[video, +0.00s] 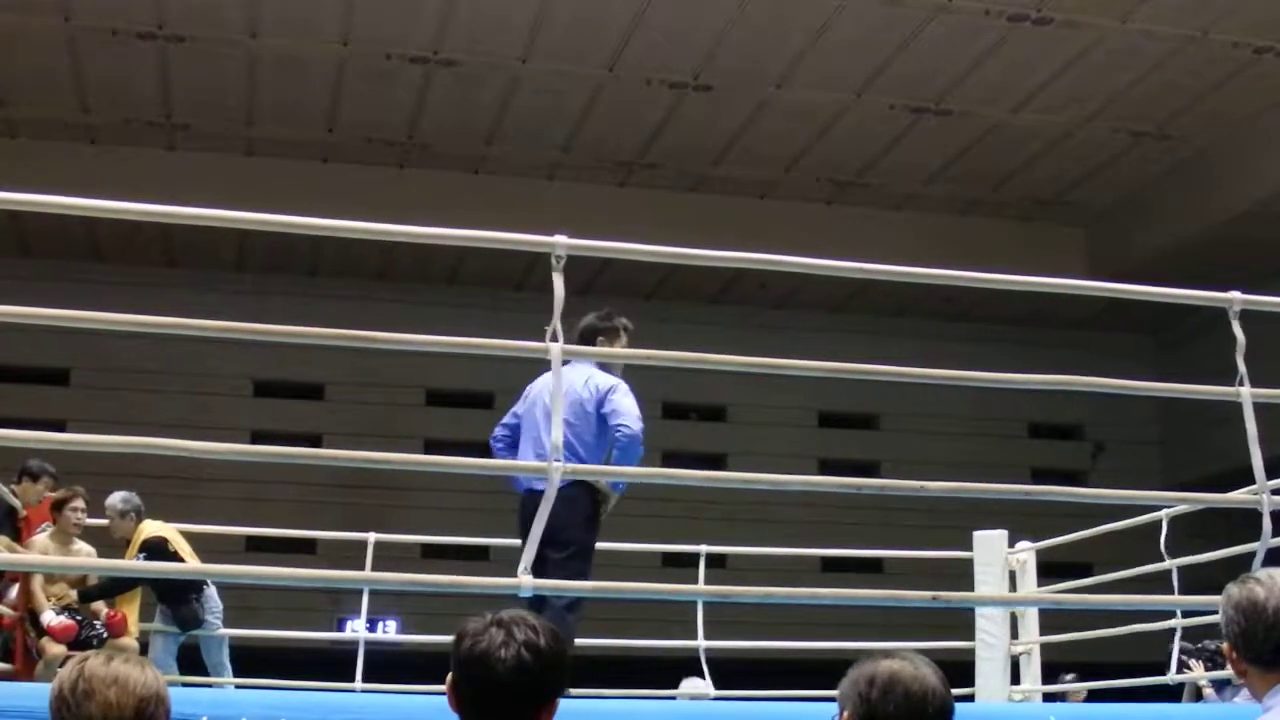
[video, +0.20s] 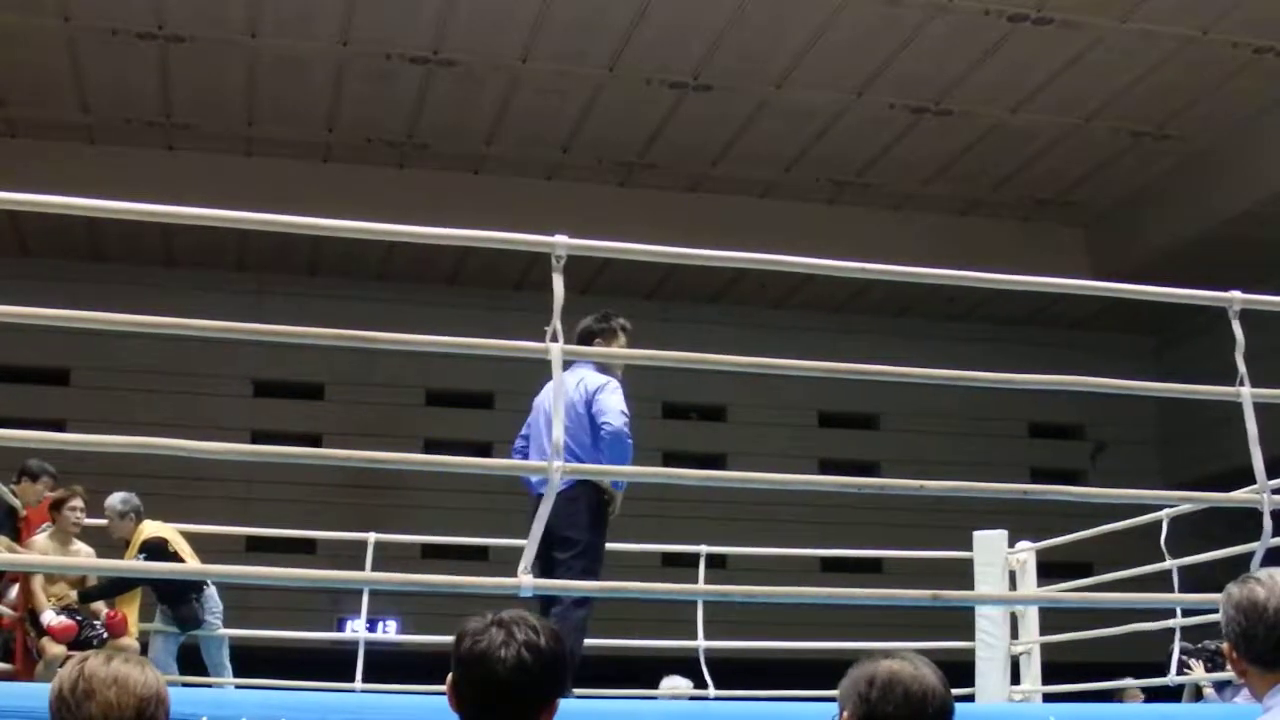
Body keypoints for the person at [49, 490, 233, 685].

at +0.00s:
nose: (108, 524)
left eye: (111, 519)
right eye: (107, 519)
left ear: (131, 519)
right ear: (130, 519)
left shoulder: (155, 541)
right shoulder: (140, 537)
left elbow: (126, 582)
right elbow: (125, 580)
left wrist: (79, 596)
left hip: (201, 600)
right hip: (170, 603)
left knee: (218, 666)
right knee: (160, 661)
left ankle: (231, 714)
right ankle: (174, 711)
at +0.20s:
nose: (107, 524)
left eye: (111, 519)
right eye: (107, 519)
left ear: (131, 520)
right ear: (130, 519)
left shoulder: (154, 542)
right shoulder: (138, 539)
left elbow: (126, 583)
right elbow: (126, 583)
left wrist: (78, 596)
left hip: (201, 601)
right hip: (169, 603)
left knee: (218, 666)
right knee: (160, 660)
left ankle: (231, 713)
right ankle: (174, 709)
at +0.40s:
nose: (107, 525)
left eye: (111, 519)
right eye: (107, 519)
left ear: (130, 520)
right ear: (129, 519)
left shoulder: (154, 542)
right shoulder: (138, 539)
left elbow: (127, 583)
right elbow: (127, 585)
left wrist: (79, 597)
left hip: (201, 601)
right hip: (169, 603)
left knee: (218, 665)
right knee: (160, 660)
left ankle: (230, 713)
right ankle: (174, 710)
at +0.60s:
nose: (107, 525)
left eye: (111, 519)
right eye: (107, 520)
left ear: (130, 520)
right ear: (129, 520)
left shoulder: (153, 542)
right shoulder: (138, 538)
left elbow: (125, 584)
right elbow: (127, 582)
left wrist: (79, 596)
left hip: (201, 600)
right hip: (170, 602)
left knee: (218, 665)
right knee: (160, 660)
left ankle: (229, 712)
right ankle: (173, 710)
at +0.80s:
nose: (106, 525)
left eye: (110, 520)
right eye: (106, 520)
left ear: (128, 520)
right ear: (128, 521)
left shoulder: (154, 542)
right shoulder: (135, 540)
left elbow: (126, 583)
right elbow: (123, 583)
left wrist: (79, 596)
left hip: (202, 601)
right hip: (170, 604)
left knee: (217, 664)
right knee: (160, 660)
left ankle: (230, 711)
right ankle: (176, 709)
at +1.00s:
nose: (105, 525)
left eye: (109, 519)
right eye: (106, 519)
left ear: (127, 521)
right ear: (126, 521)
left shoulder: (153, 542)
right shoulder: (136, 540)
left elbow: (125, 584)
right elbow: (124, 583)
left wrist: (79, 596)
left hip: (201, 600)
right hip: (170, 603)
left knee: (218, 665)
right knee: (160, 660)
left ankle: (229, 712)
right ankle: (177, 709)